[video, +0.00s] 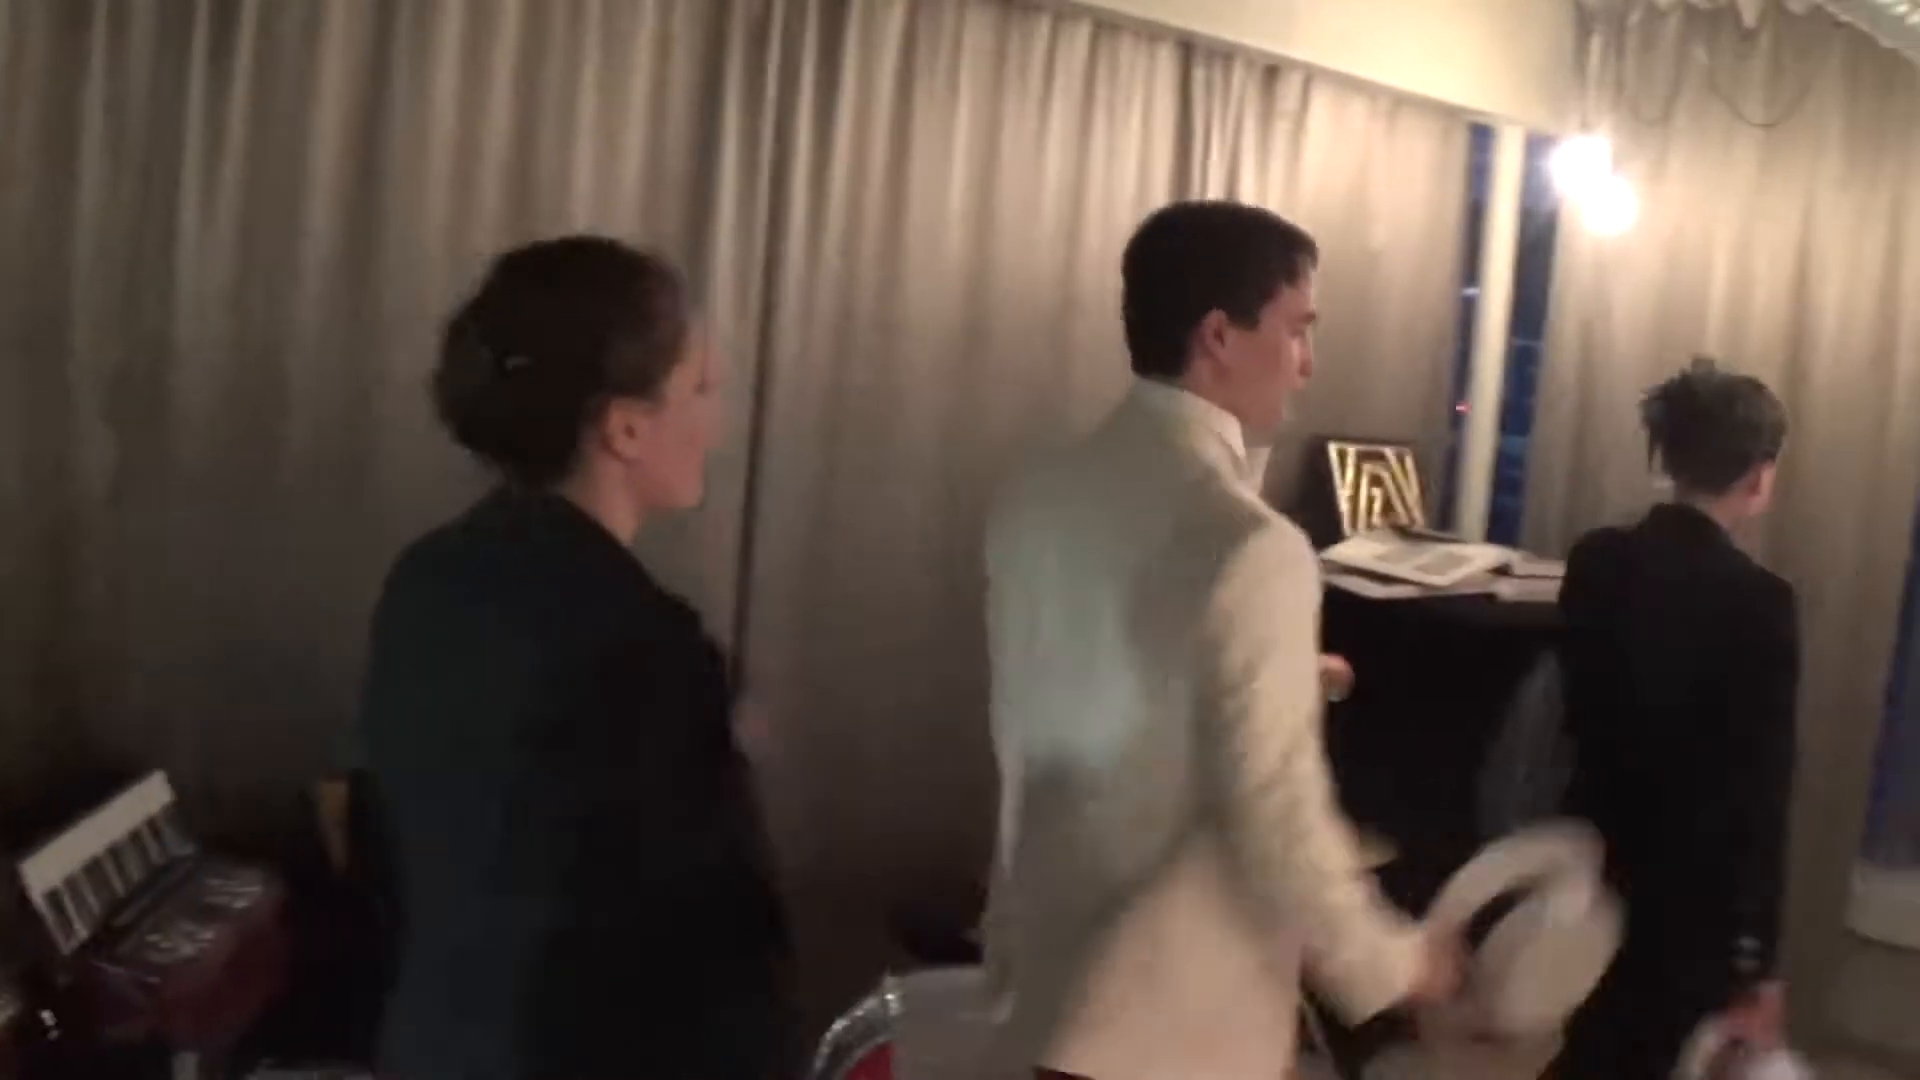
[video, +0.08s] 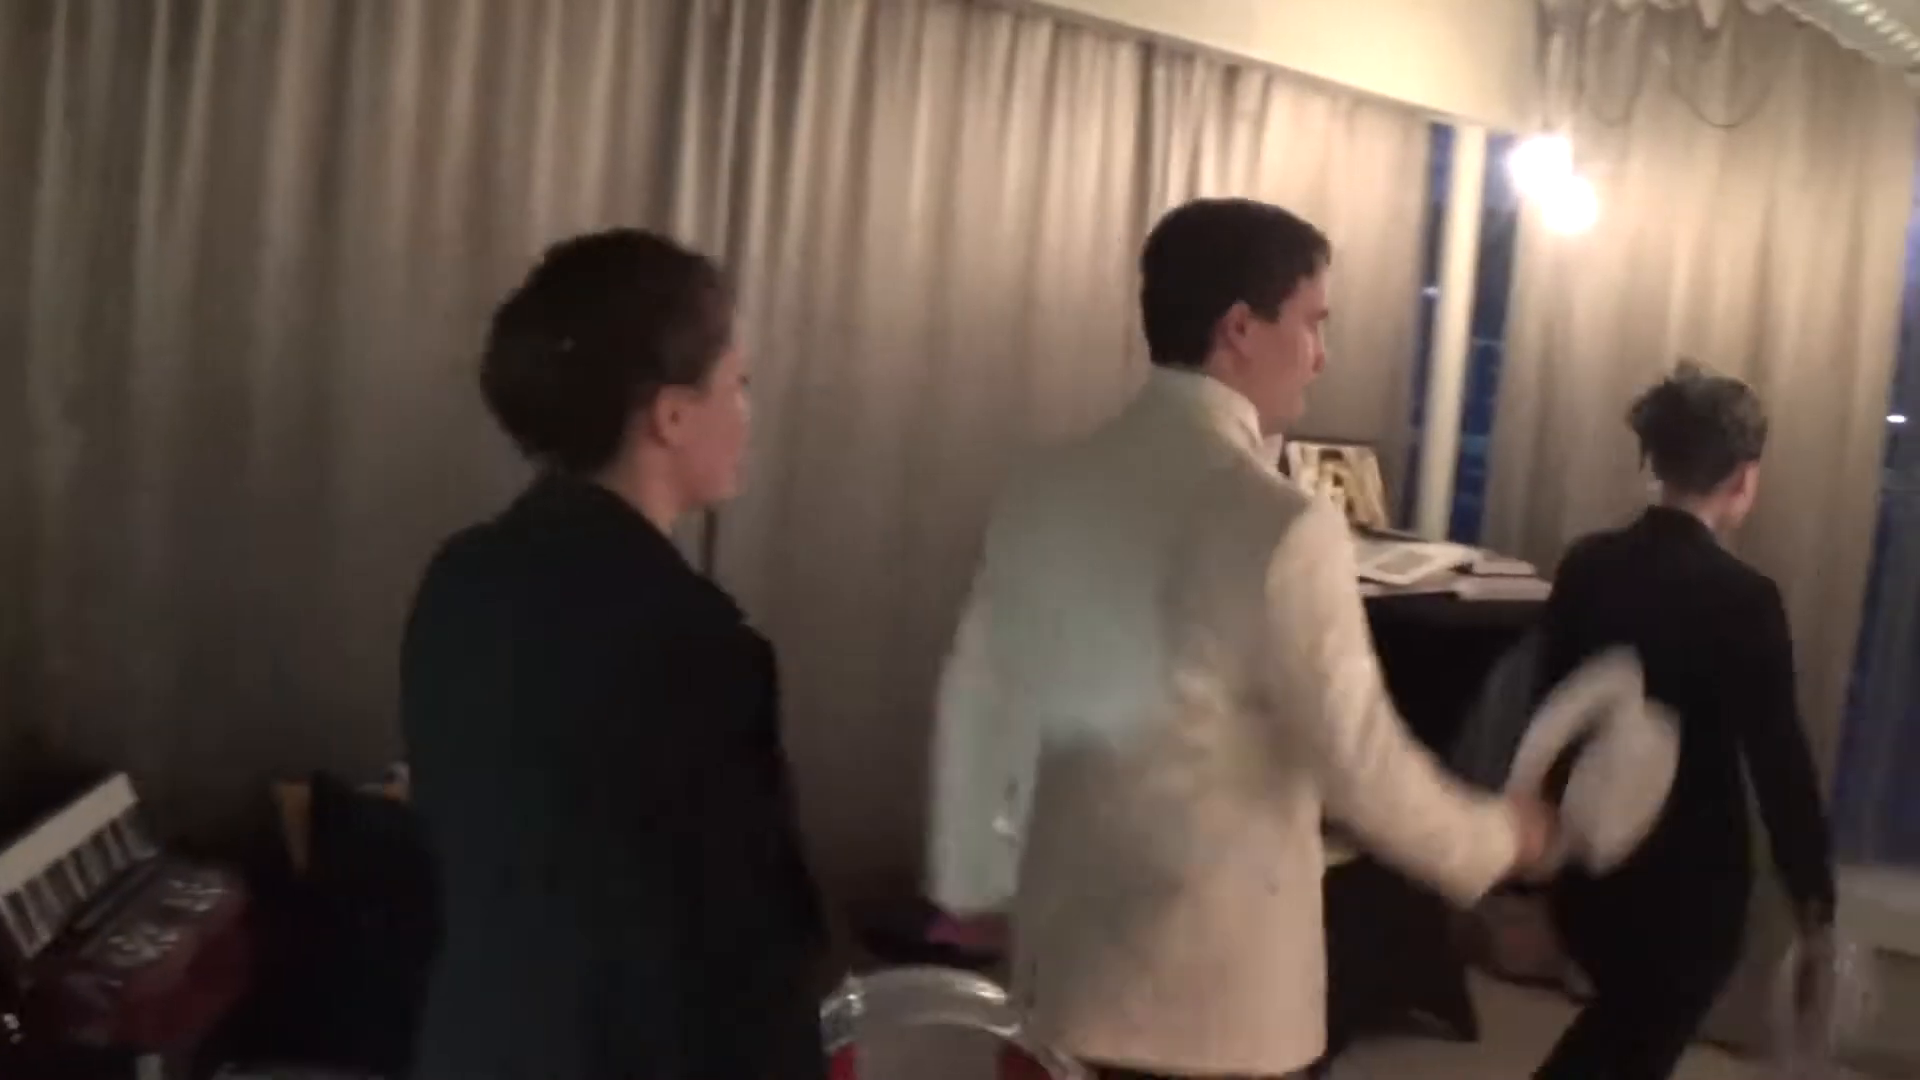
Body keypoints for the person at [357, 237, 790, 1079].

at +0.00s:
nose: (714, 417)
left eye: (709, 389)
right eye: (699, 390)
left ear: (514, 415)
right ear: (624, 431)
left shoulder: (425, 582)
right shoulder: (648, 642)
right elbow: (720, 921)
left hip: (434, 1030)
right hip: (605, 1050)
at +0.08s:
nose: (748, 416)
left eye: (744, 385)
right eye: (736, 385)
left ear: (558, 406)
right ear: (668, 416)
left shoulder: (458, 581)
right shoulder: (702, 640)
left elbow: (459, 851)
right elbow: (755, 916)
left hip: (479, 1031)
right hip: (660, 1045)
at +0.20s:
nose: (801, 405)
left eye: (795, 375)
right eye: (786, 377)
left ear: (600, 395)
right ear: (720, 401)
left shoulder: (501, 582)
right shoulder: (761, 622)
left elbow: (402, 845)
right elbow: (826, 907)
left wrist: (398, 1045)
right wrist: (1033, 1020)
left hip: (519, 1036)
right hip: (718, 1049)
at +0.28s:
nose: (828, 414)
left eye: (821, 384)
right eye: (815, 386)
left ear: (642, 411)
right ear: (758, 417)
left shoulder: (538, 583)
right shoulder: (803, 623)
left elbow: (389, 810)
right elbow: (868, 912)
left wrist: (359, 1048)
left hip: (560, 1044)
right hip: (753, 1049)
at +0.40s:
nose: (878, 422)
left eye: (869, 394)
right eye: (866, 397)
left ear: (701, 425)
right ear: (817, 426)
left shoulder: (607, 594)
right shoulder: (853, 630)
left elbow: (474, 818)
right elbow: (932, 916)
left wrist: (442, 1026)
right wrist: (1119, 858)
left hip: (616, 1041)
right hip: (800, 1046)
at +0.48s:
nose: (909, 431)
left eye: (902, 402)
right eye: (899, 403)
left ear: (737, 422)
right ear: (855, 428)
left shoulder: (637, 596)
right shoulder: (894, 635)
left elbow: (555, 839)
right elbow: (923, 893)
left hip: (654, 1037)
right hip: (838, 1043)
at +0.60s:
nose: (951, 420)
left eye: (948, 393)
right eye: (946, 394)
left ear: (786, 404)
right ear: (910, 417)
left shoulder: (689, 568)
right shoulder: (940, 602)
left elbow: (669, 787)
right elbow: (959, 847)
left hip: (719, 973)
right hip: (884, 994)